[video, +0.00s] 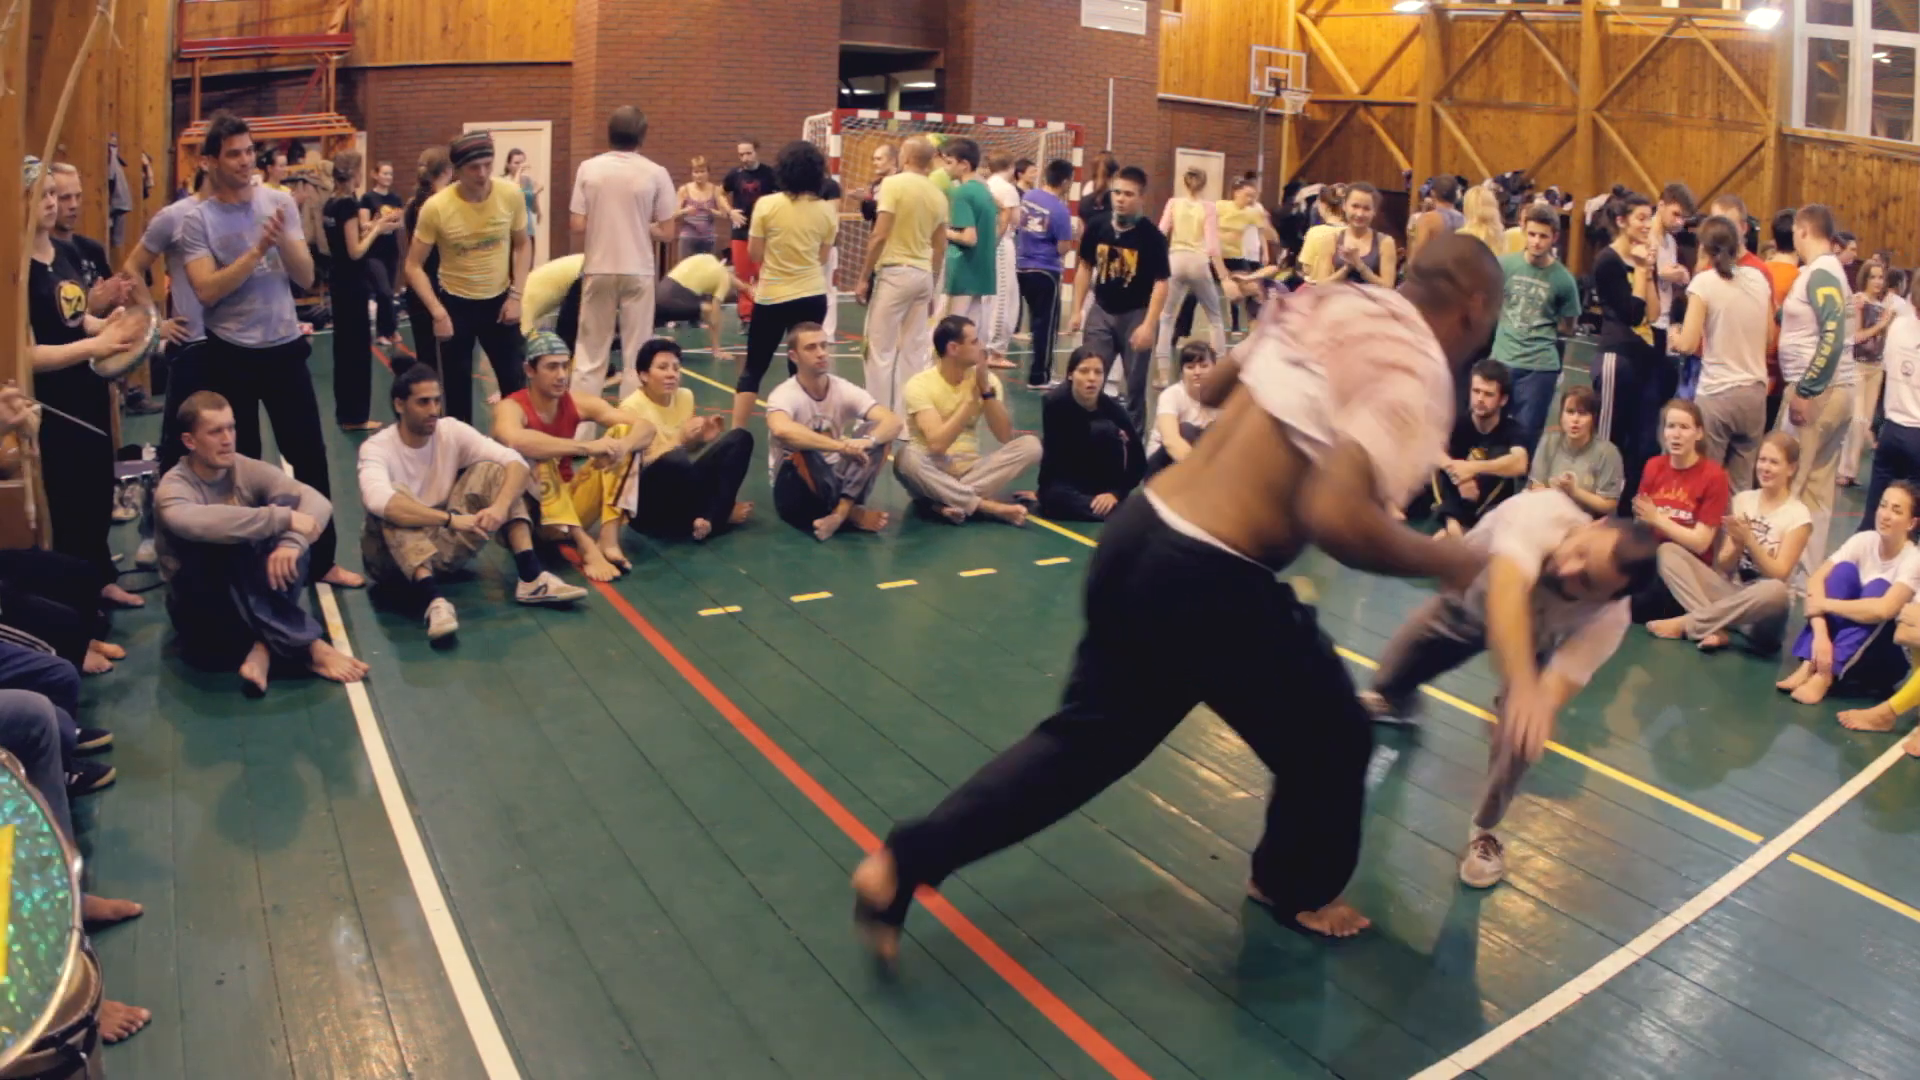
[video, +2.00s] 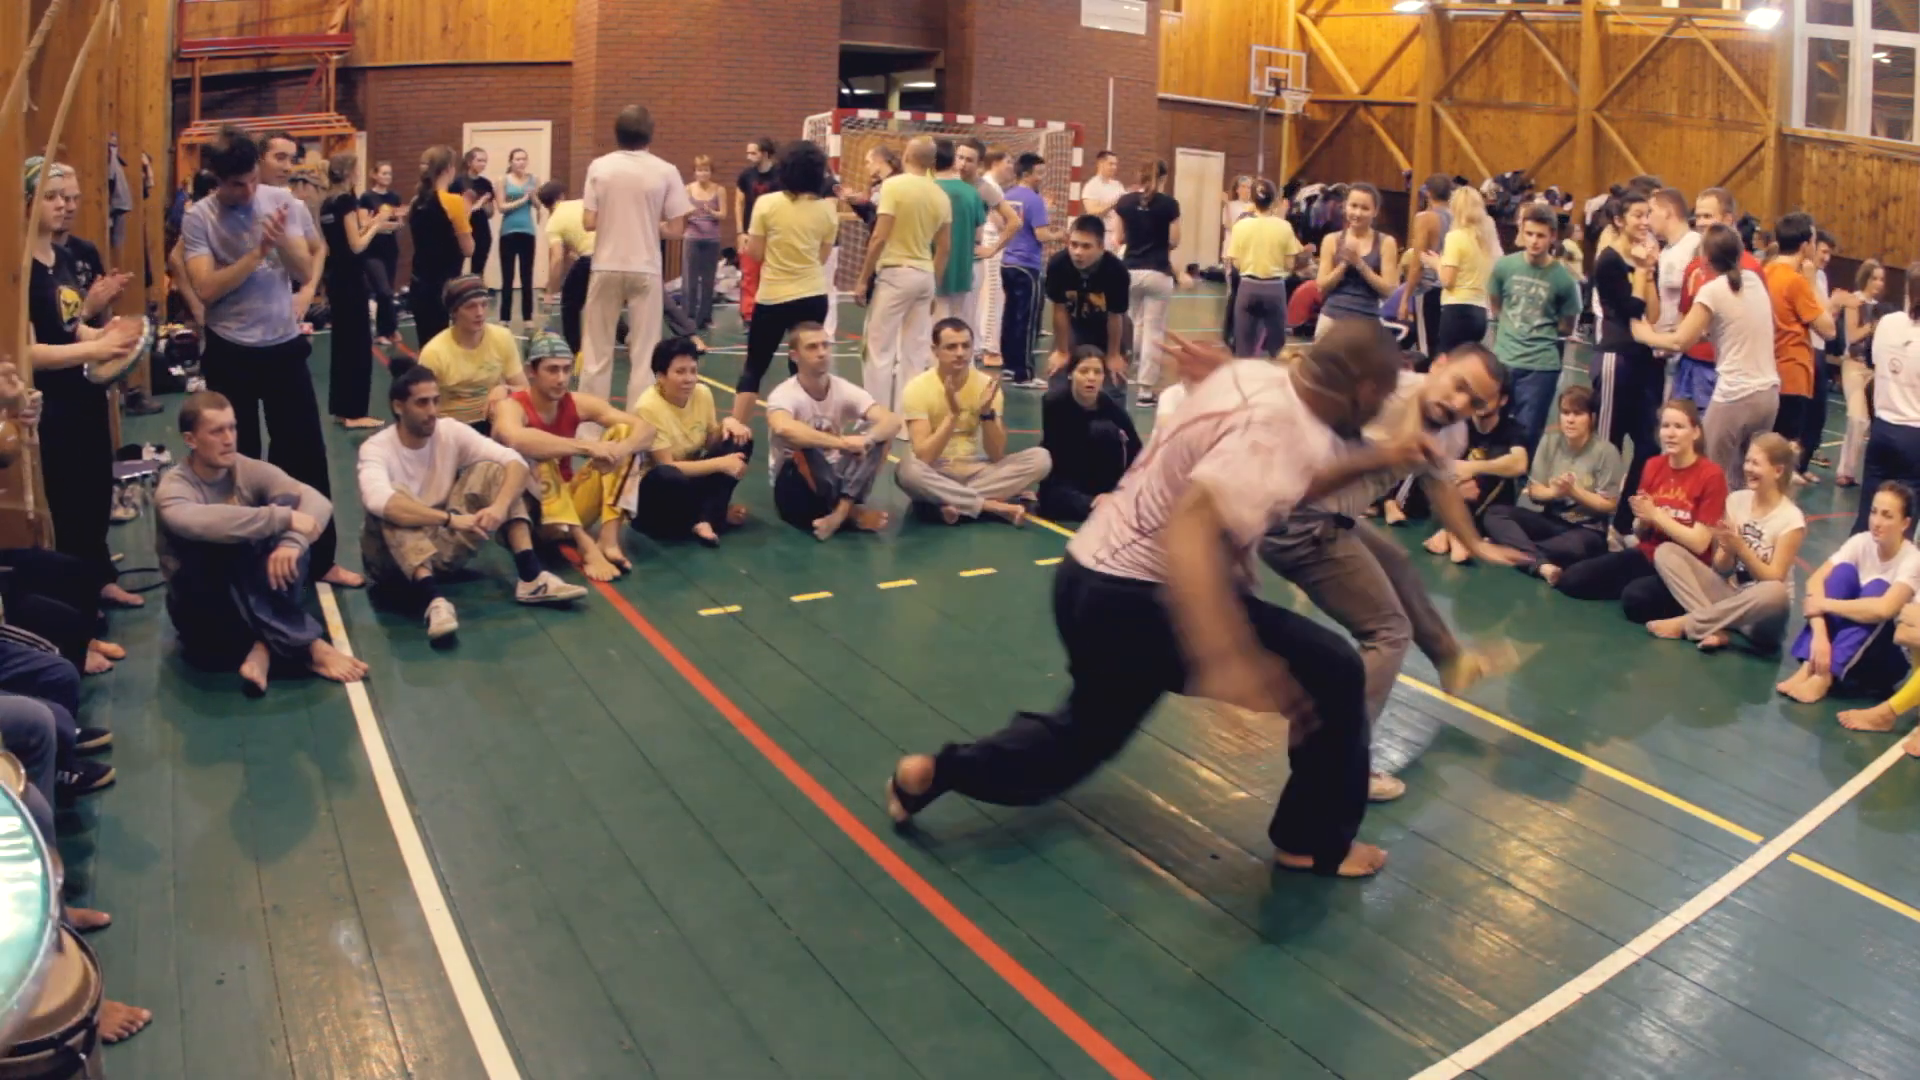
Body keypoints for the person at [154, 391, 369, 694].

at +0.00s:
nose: (228, 439)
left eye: (231, 429)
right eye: (216, 432)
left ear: (237, 429)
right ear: (189, 441)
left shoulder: (245, 468)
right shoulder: (174, 487)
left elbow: (317, 502)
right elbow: (192, 523)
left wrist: (292, 544)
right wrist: (283, 517)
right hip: (208, 616)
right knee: (214, 544)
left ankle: (264, 645)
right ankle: (310, 645)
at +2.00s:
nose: (229, 439)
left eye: (232, 429)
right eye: (217, 432)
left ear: (238, 429)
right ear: (190, 440)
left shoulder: (247, 469)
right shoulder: (174, 488)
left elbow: (317, 501)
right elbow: (197, 523)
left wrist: (292, 543)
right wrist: (284, 518)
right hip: (211, 611)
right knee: (212, 546)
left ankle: (265, 645)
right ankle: (310, 646)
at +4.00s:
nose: (228, 440)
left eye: (230, 429)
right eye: (215, 433)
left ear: (237, 429)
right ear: (189, 440)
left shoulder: (247, 469)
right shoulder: (174, 487)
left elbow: (316, 501)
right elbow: (192, 523)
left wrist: (292, 543)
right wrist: (283, 517)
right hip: (209, 614)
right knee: (214, 546)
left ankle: (263, 645)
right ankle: (310, 645)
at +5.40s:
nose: (227, 441)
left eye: (230, 430)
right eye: (215, 433)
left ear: (236, 429)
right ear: (189, 440)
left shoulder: (248, 469)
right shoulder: (174, 487)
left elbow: (317, 501)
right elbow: (193, 523)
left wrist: (292, 543)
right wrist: (284, 517)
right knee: (219, 542)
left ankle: (266, 644)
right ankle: (310, 644)